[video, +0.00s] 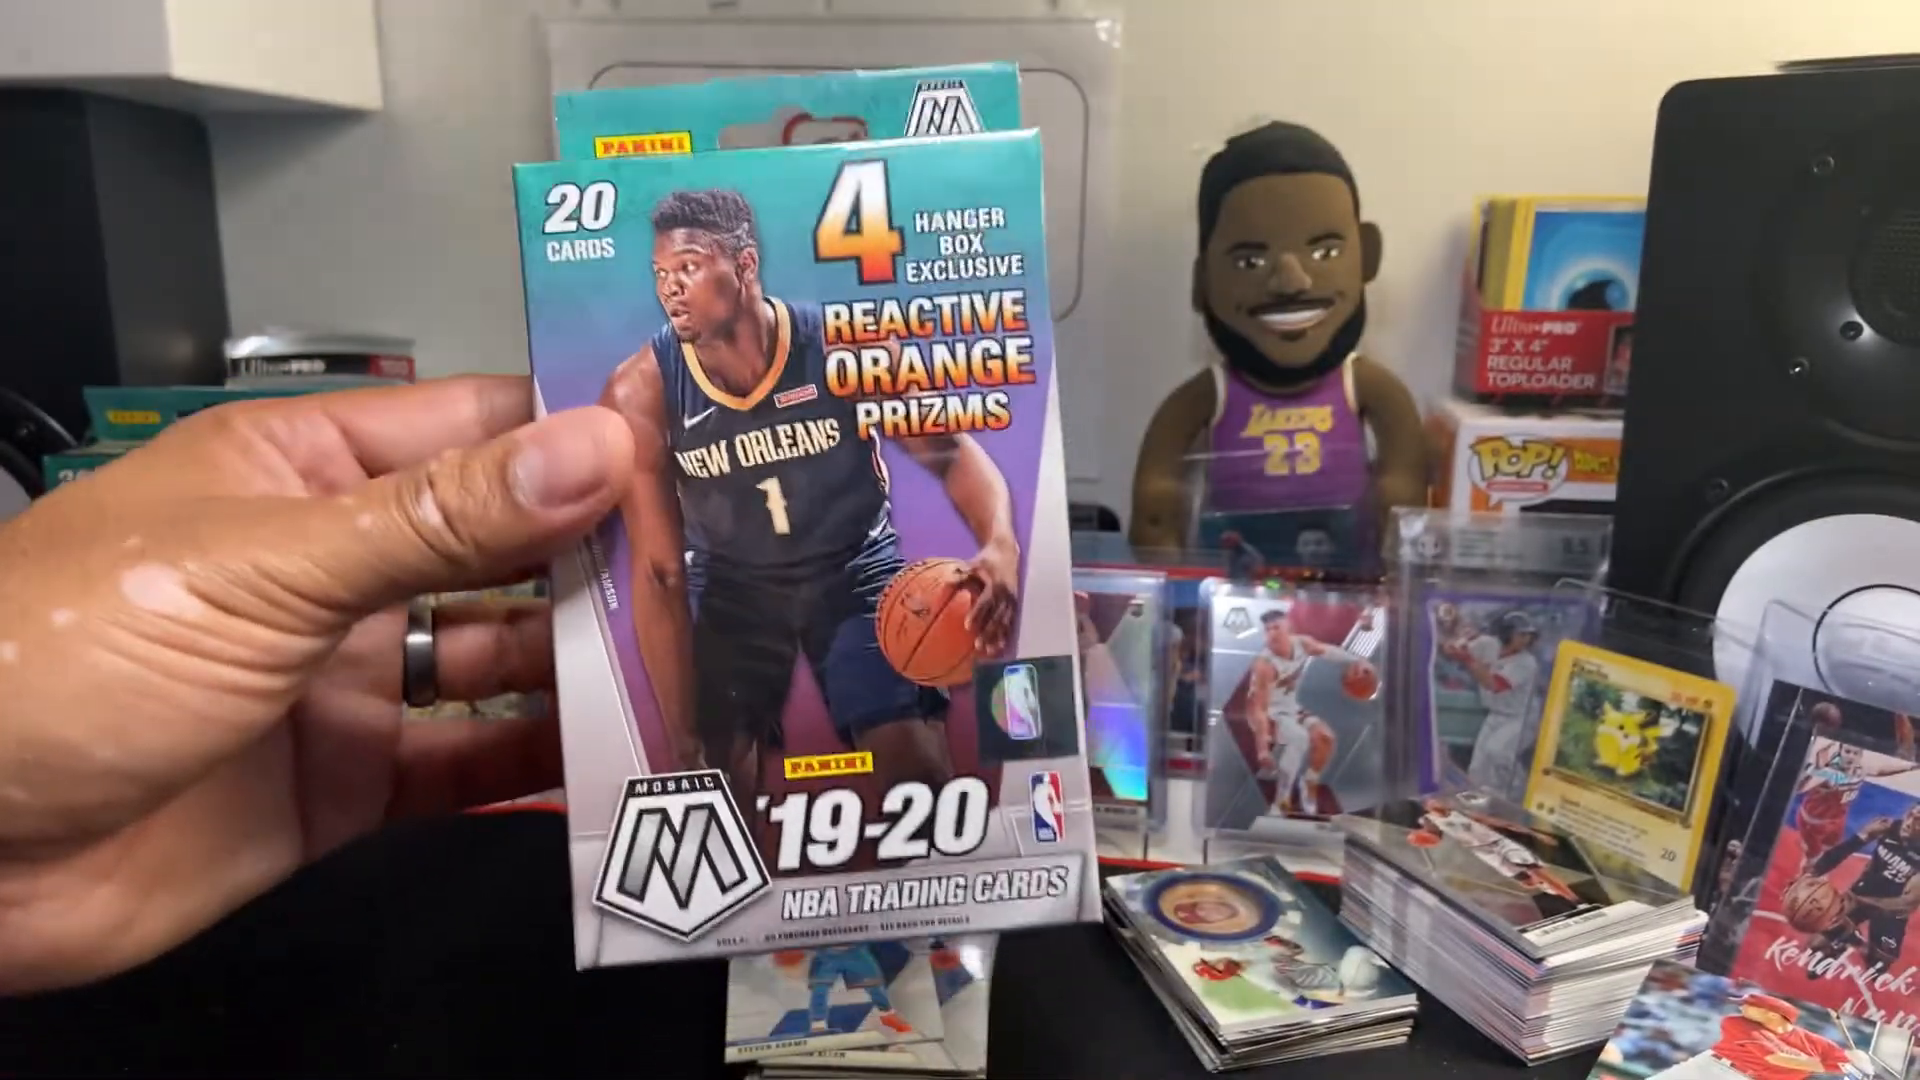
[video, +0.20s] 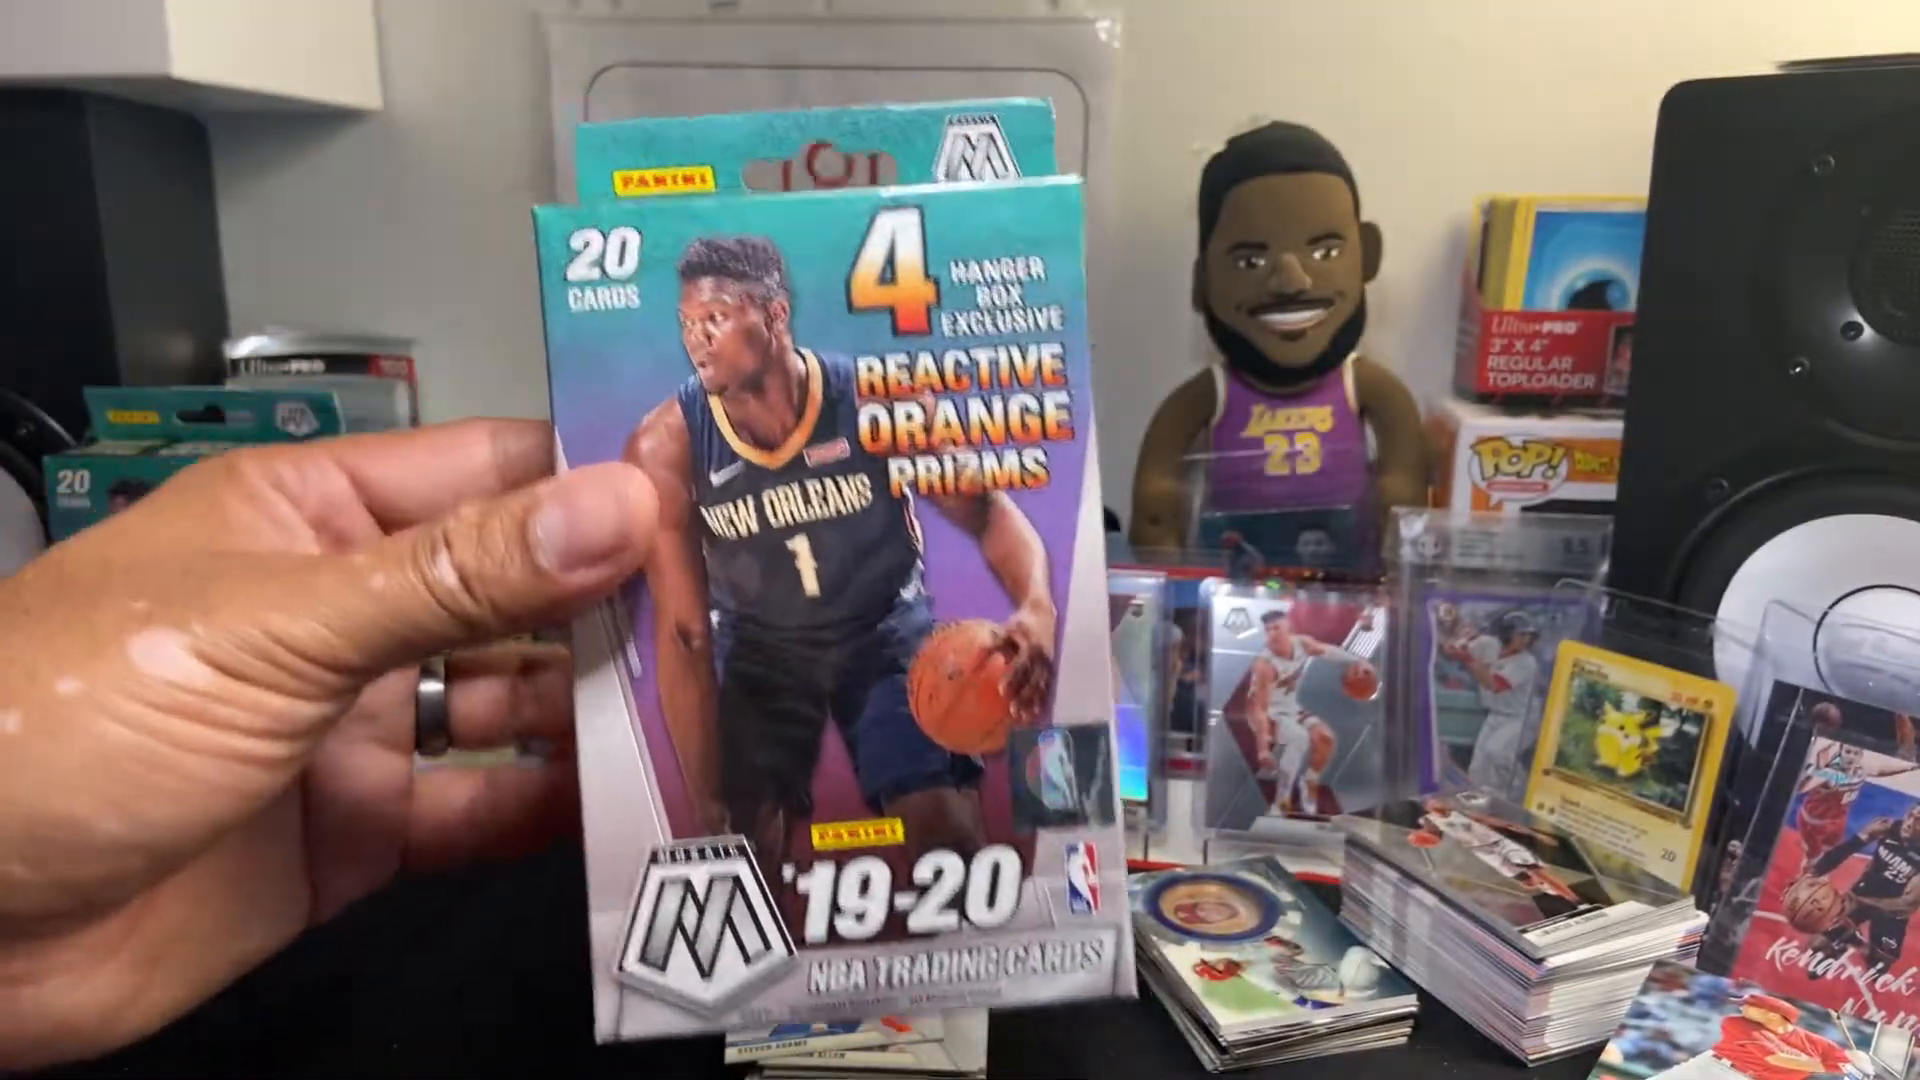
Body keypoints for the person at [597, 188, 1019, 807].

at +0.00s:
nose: (670, 290)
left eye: (689, 268)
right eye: (661, 273)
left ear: (746, 266)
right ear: (654, 282)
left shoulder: (840, 348)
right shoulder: (643, 391)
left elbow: (950, 453)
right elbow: (658, 574)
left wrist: (1001, 544)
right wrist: (682, 741)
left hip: (855, 573)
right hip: (736, 587)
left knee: (906, 752)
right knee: (721, 773)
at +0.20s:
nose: (696, 341)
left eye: (715, 320)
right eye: (687, 324)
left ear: (775, 316)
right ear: (680, 330)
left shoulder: (872, 401)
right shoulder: (667, 445)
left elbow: (986, 513)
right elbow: (682, 634)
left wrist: (1037, 606)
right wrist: (703, 799)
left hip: (885, 635)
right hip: (764, 649)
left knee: (943, 826)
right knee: (745, 848)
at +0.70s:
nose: (785, 338)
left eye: (805, 318)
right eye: (777, 321)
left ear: (870, 317)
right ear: (769, 330)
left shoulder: (969, 411)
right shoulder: (747, 449)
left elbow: (1084, 535)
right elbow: (751, 651)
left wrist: (1135, 641)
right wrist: (762, 836)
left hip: (971, 662)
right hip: (838, 673)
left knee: (1017, 880)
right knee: (803, 881)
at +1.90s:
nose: (802, 398)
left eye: (823, 375)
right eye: (792, 378)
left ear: (892, 374)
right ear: (785, 383)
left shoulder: (997, 469)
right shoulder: (767, 512)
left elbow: (1113, 595)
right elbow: (780, 707)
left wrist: (1162, 694)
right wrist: (789, 884)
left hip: (996, 733)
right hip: (865, 743)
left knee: (1052, 917)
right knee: (849, 943)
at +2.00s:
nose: (862, 470)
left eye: (883, 443)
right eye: (839, 449)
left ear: (927, 451)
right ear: (814, 466)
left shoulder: (1026, 553)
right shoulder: (794, 588)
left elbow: (1147, 662)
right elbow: (793, 762)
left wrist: (1181, 761)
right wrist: (810, 922)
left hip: (1014, 820)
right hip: (875, 828)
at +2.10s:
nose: (878, 572)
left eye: (896, 553)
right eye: (862, 555)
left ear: (947, 555)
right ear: (836, 567)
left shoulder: (1034, 641)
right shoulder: (808, 663)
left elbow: (1155, 717)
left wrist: (1171, 782)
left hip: (1017, 915)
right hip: (864, 919)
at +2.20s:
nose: (832, 579)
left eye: (854, 563)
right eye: (826, 562)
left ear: (926, 563)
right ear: (813, 567)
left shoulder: (1022, 641)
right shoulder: (791, 663)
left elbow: (1151, 703)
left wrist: (1159, 755)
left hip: (986, 900)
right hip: (837, 903)